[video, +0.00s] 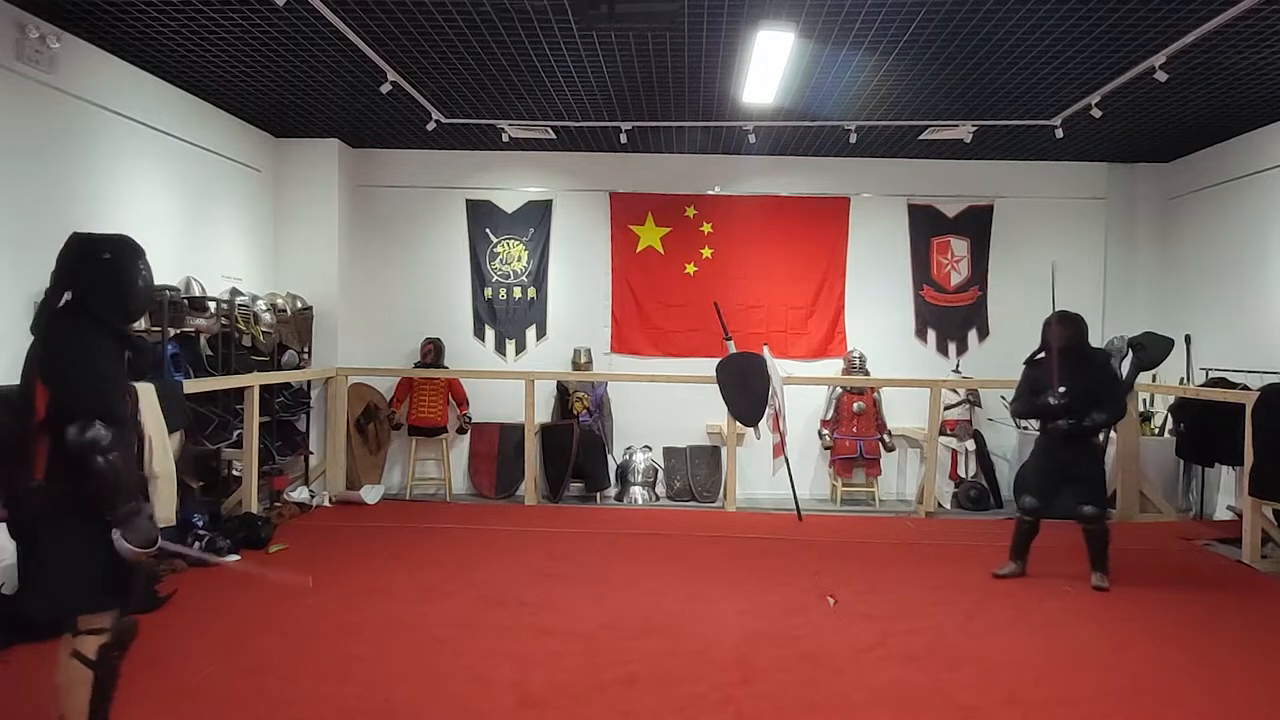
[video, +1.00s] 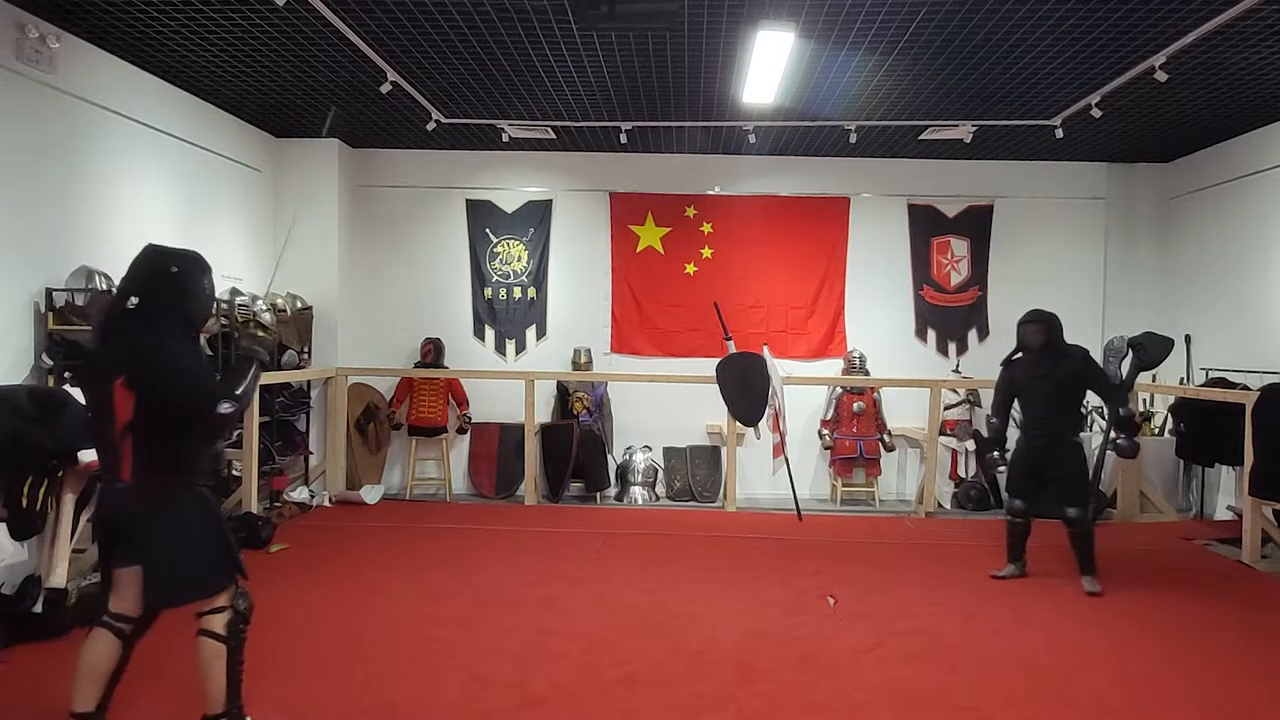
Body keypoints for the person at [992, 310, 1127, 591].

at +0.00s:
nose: (1059, 350)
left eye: (1065, 343)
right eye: (1053, 343)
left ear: (1079, 339)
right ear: (1046, 340)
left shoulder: (1098, 362)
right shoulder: (1037, 366)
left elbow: (1117, 406)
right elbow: (1018, 408)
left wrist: (1085, 424)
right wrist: (1044, 404)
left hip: (1086, 447)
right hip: (1048, 444)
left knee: (1090, 508)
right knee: (1029, 501)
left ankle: (1098, 571)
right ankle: (1017, 561)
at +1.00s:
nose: (1031, 335)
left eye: (1038, 328)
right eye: (1026, 329)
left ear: (1052, 331)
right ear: (1020, 333)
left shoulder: (1075, 359)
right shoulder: (1014, 368)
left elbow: (1112, 391)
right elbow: (1000, 410)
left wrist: (1124, 421)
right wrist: (996, 445)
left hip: (1067, 446)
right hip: (1029, 445)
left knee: (1076, 512)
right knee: (1016, 505)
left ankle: (1088, 574)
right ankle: (1016, 562)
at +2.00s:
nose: (990, 342)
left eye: (996, 335)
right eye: (986, 336)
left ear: (1013, 335)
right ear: (983, 338)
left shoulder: (1043, 360)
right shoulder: (981, 370)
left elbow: (1087, 382)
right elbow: (948, 397)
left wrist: (1135, 399)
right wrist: (917, 411)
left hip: (1038, 453)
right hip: (1000, 455)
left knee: (1047, 522)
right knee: (991, 518)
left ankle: (1057, 574)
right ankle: (990, 581)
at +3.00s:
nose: (881, 354)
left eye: (887, 348)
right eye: (880, 348)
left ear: (908, 348)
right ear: (881, 351)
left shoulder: (942, 371)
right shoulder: (880, 382)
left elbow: (985, 380)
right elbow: (841, 397)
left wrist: (1028, 388)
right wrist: (798, 403)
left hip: (955, 463)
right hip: (915, 466)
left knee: (985, 534)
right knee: (896, 528)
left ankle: (1013, 577)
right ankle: (899, 596)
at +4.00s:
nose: (942, 362)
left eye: (948, 355)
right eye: (940, 355)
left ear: (967, 354)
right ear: (938, 357)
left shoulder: (1002, 377)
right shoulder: (944, 393)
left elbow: (1048, 375)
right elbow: (924, 428)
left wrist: (1091, 364)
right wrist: (895, 450)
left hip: (1012, 462)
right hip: (973, 465)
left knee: (1033, 529)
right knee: (957, 523)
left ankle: (1032, 573)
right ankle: (963, 580)